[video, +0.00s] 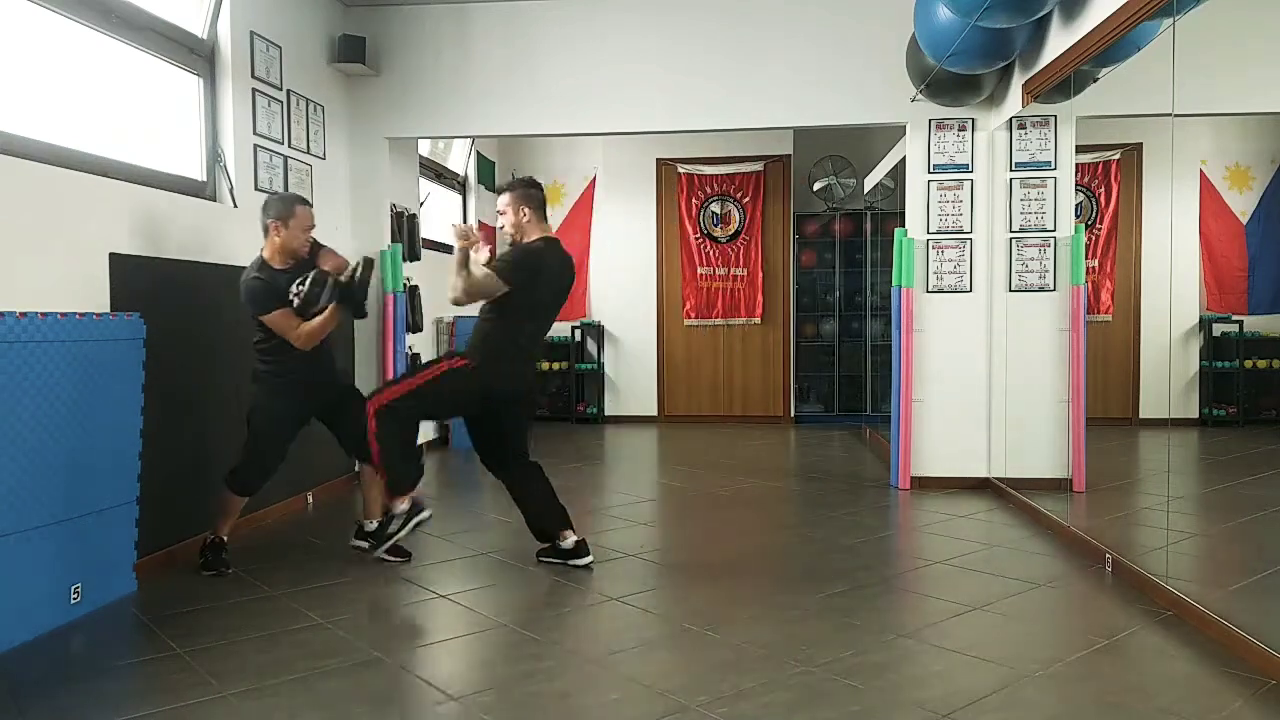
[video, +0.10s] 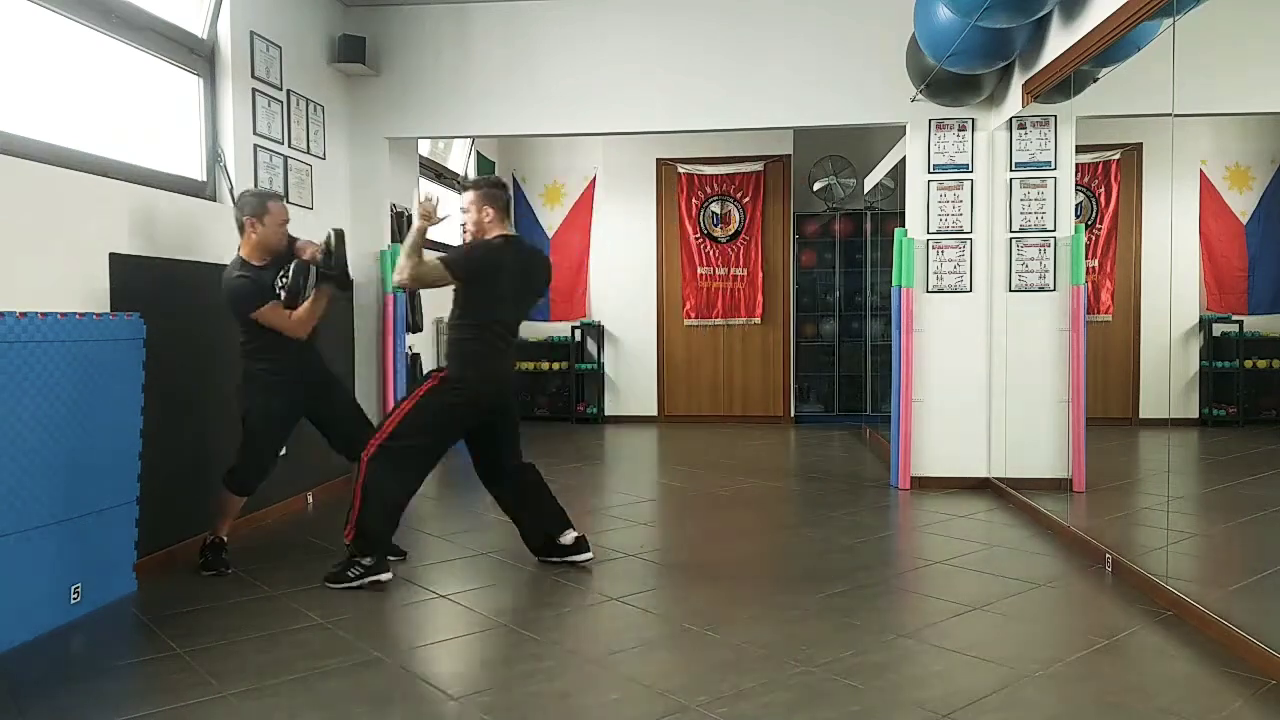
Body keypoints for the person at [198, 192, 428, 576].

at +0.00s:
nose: (312, 237)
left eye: (312, 229)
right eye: (306, 230)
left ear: (282, 230)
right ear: (276, 229)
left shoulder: (309, 253)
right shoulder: (257, 284)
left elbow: (343, 267)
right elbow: (302, 338)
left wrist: (322, 279)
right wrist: (342, 302)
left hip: (324, 381)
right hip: (278, 390)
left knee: (374, 440)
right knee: (255, 467)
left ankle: (372, 527)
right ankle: (217, 540)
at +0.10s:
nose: (288, 231)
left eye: (287, 224)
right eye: (281, 225)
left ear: (258, 225)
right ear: (252, 226)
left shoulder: (282, 249)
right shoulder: (240, 283)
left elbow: (324, 258)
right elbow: (298, 327)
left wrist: (316, 257)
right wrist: (327, 280)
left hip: (312, 377)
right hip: (268, 386)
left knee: (369, 446)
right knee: (251, 466)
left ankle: (374, 537)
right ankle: (217, 539)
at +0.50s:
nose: (235, 228)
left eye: (233, 220)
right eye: (226, 221)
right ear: (198, 227)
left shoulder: (243, 247)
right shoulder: (195, 285)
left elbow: (277, 261)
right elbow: (216, 350)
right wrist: (251, 314)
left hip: (293, 371)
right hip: (250, 387)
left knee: (345, 430)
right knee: (242, 461)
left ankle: (343, 530)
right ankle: (216, 540)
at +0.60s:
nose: (236, 222)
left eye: (234, 214)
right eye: (228, 216)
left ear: (208, 221)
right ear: (199, 222)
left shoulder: (246, 249)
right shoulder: (195, 280)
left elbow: (292, 269)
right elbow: (207, 346)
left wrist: (255, 271)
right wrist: (251, 325)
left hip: (291, 368)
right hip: (247, 383)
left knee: (343, 430)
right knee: (239, 460)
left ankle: (345, 530)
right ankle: (215, 540)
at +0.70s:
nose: (245, 218)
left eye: (242, 210)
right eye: (237, 211)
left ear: (214, 214)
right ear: (207, 215)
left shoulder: (254, 250)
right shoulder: (199, 274)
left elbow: (299, 288)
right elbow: (207, 340)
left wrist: (293, 286)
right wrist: (259, 324)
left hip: (291, 368)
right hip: (246, 381)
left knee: (344, 433)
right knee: (239, 458)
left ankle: (342, 532)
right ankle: (215, 539)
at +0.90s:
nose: (284, 208)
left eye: (281, 201)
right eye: (276, 201)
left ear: (251, 207)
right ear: (248, 207)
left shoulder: (286, 252)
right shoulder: (233, 260)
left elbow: (295, 296)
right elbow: (227, 324)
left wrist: (323, 304)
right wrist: (291, 330)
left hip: (300, 369)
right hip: (258, 374)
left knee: (344, 445)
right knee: (243, 454)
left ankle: (313, 523)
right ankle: (216, 536)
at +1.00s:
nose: (309, 208)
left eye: (307, 201)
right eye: (301, 201)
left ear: (278, 207)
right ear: (274, 207)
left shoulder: (308, 255)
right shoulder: (258, 258)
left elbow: (317, 301)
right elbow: (244, 321)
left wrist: (339, 310)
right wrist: (304, 336)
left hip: (313, 372)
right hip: (274, 374)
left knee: (337, 453)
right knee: (258, 457)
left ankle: (303, 533)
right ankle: (219, 533)